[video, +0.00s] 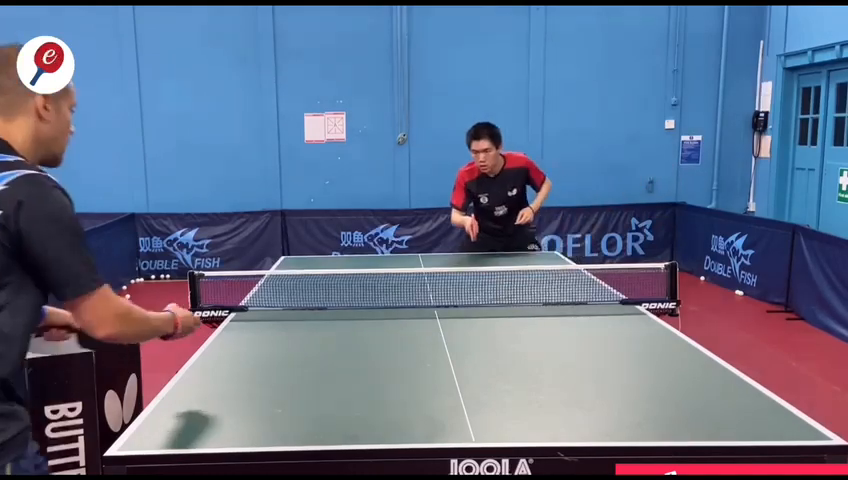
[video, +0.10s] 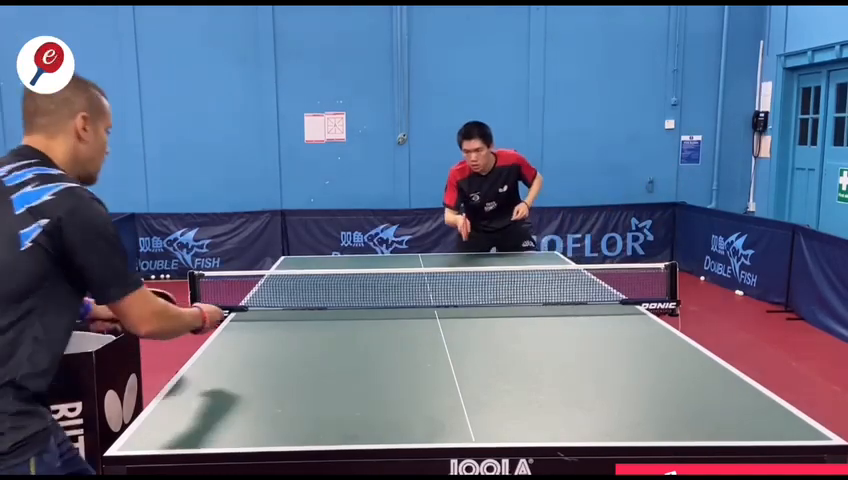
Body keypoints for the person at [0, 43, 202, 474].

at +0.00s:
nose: (73, 128)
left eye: (74, 112)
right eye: (71, 111)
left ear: (41, 106)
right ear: (42, 107)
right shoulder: (30, 192)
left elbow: (1, 296)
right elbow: (104, 319)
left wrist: (49, 318)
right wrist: (167, 323)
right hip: (7, 439)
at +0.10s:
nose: (106, 148)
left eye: (108, 134)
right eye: (106, 133)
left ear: (33, 123)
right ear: (81, 127)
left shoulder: (8, 177)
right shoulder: (70, 203)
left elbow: (14, 296)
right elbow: (145, 318)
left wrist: (83, 314)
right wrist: (199, 316)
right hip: (14, 426)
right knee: (76, 467)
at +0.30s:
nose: (152, 179)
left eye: (156, 165)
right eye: (153, 163)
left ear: (87, 147)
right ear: (134, 153)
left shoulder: (26, 191)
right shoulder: (121, 213)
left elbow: (42, 284)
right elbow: (194, 312)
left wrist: (129, 301)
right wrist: (237, 307)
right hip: (28, 426)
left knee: (88, 465)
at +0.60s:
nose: (174, 202)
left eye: (178, 188)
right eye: (178, 187)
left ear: (116, 165)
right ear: (162, 174)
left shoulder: (47, 202)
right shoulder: (149, 229)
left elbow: (59, 296)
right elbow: (211, 345)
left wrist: (149, 320)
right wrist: (246, 336)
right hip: (37, 436)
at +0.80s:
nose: (184, 212)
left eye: (188, 202)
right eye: (188, 199)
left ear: (125, 181)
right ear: (175, 190)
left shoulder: (65, 212)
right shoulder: (147, 239)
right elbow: (201, 359)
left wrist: (181, 306)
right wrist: (248, 345)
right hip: (32, 434)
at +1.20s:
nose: (152, 166)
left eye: (154, 154)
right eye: (154, 153)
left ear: (82, 145)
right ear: (136, 149)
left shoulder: (24, 193)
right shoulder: (100, 218)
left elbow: (70, 274)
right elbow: (152, 354)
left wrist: (164, 283)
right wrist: (206, 343)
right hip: (27, 445)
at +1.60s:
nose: (134, 163)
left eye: (137, 149)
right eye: (136, 148)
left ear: (60, 134)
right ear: (115, 139)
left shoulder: (12, 180)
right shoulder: (77, 205)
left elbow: (32, 299)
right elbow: (97, 357)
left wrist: (121, 320)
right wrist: (159, 367)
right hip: (12, 443)